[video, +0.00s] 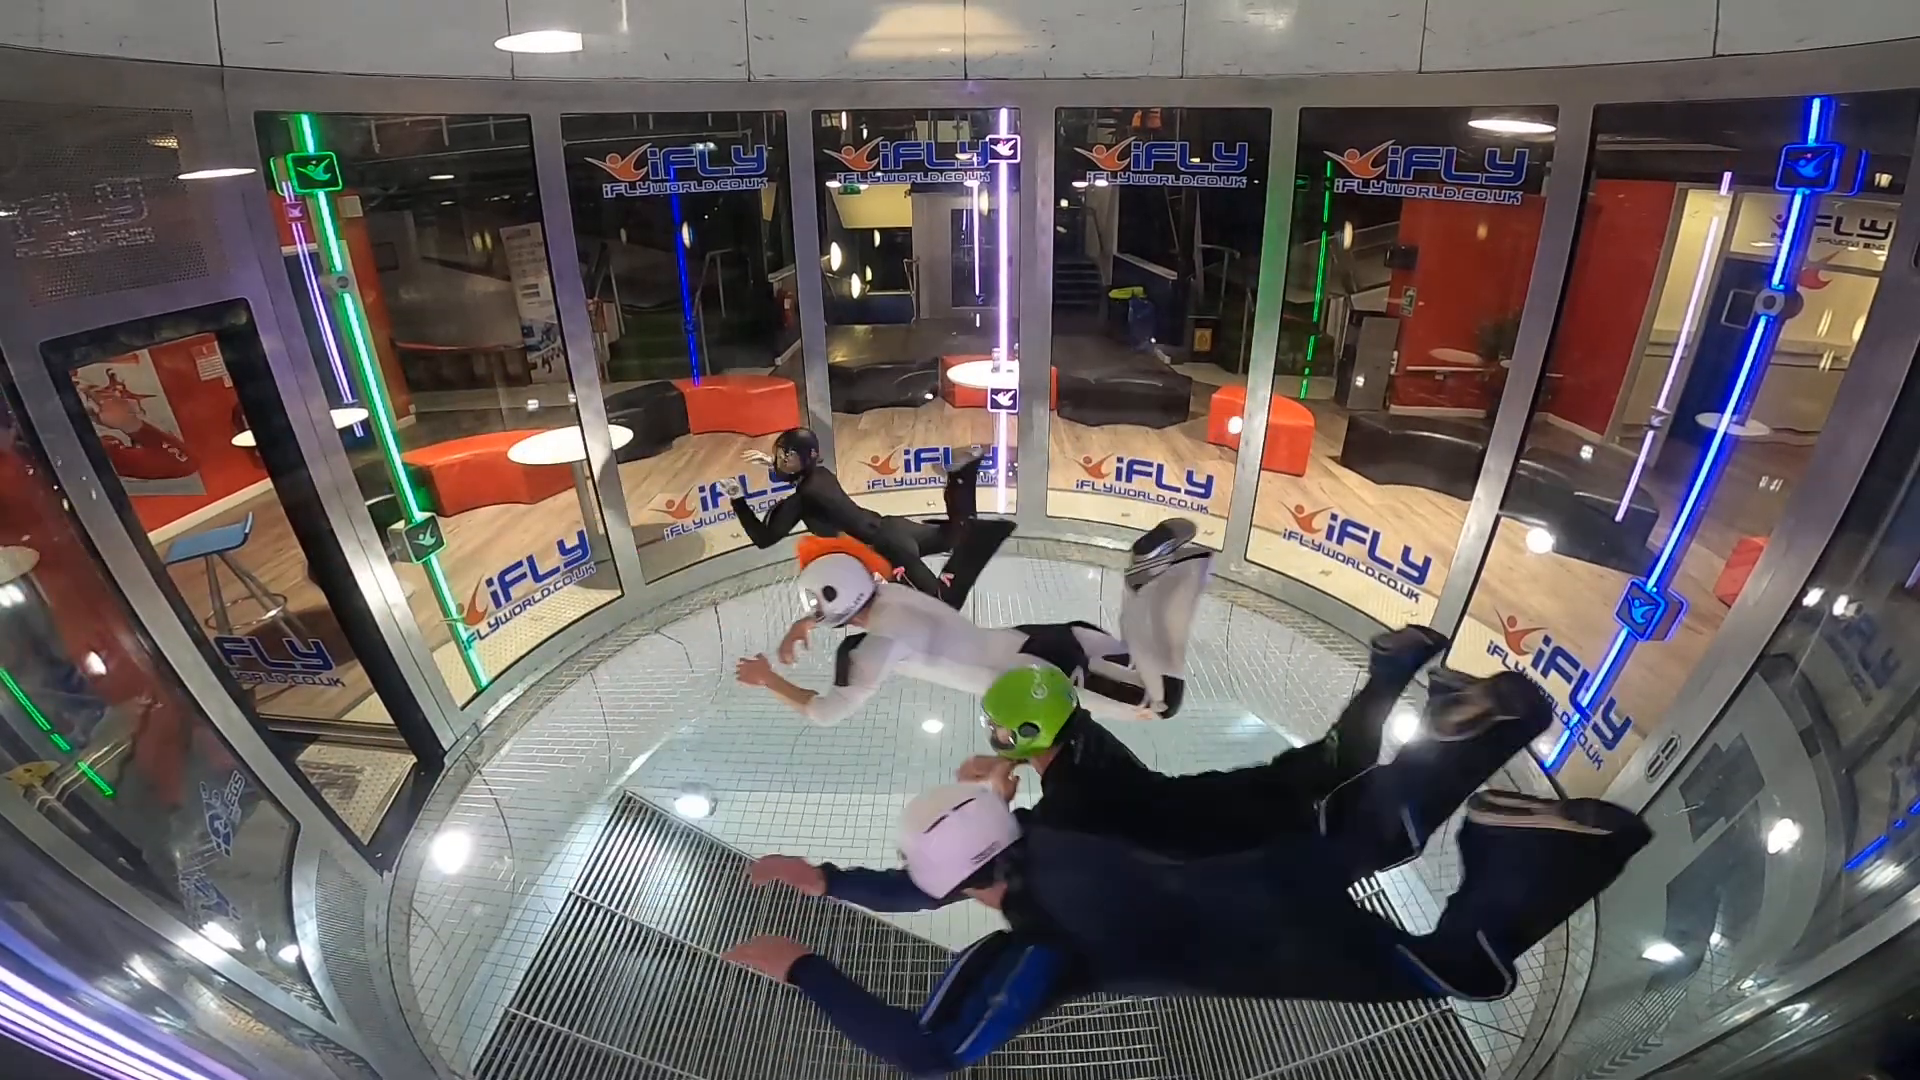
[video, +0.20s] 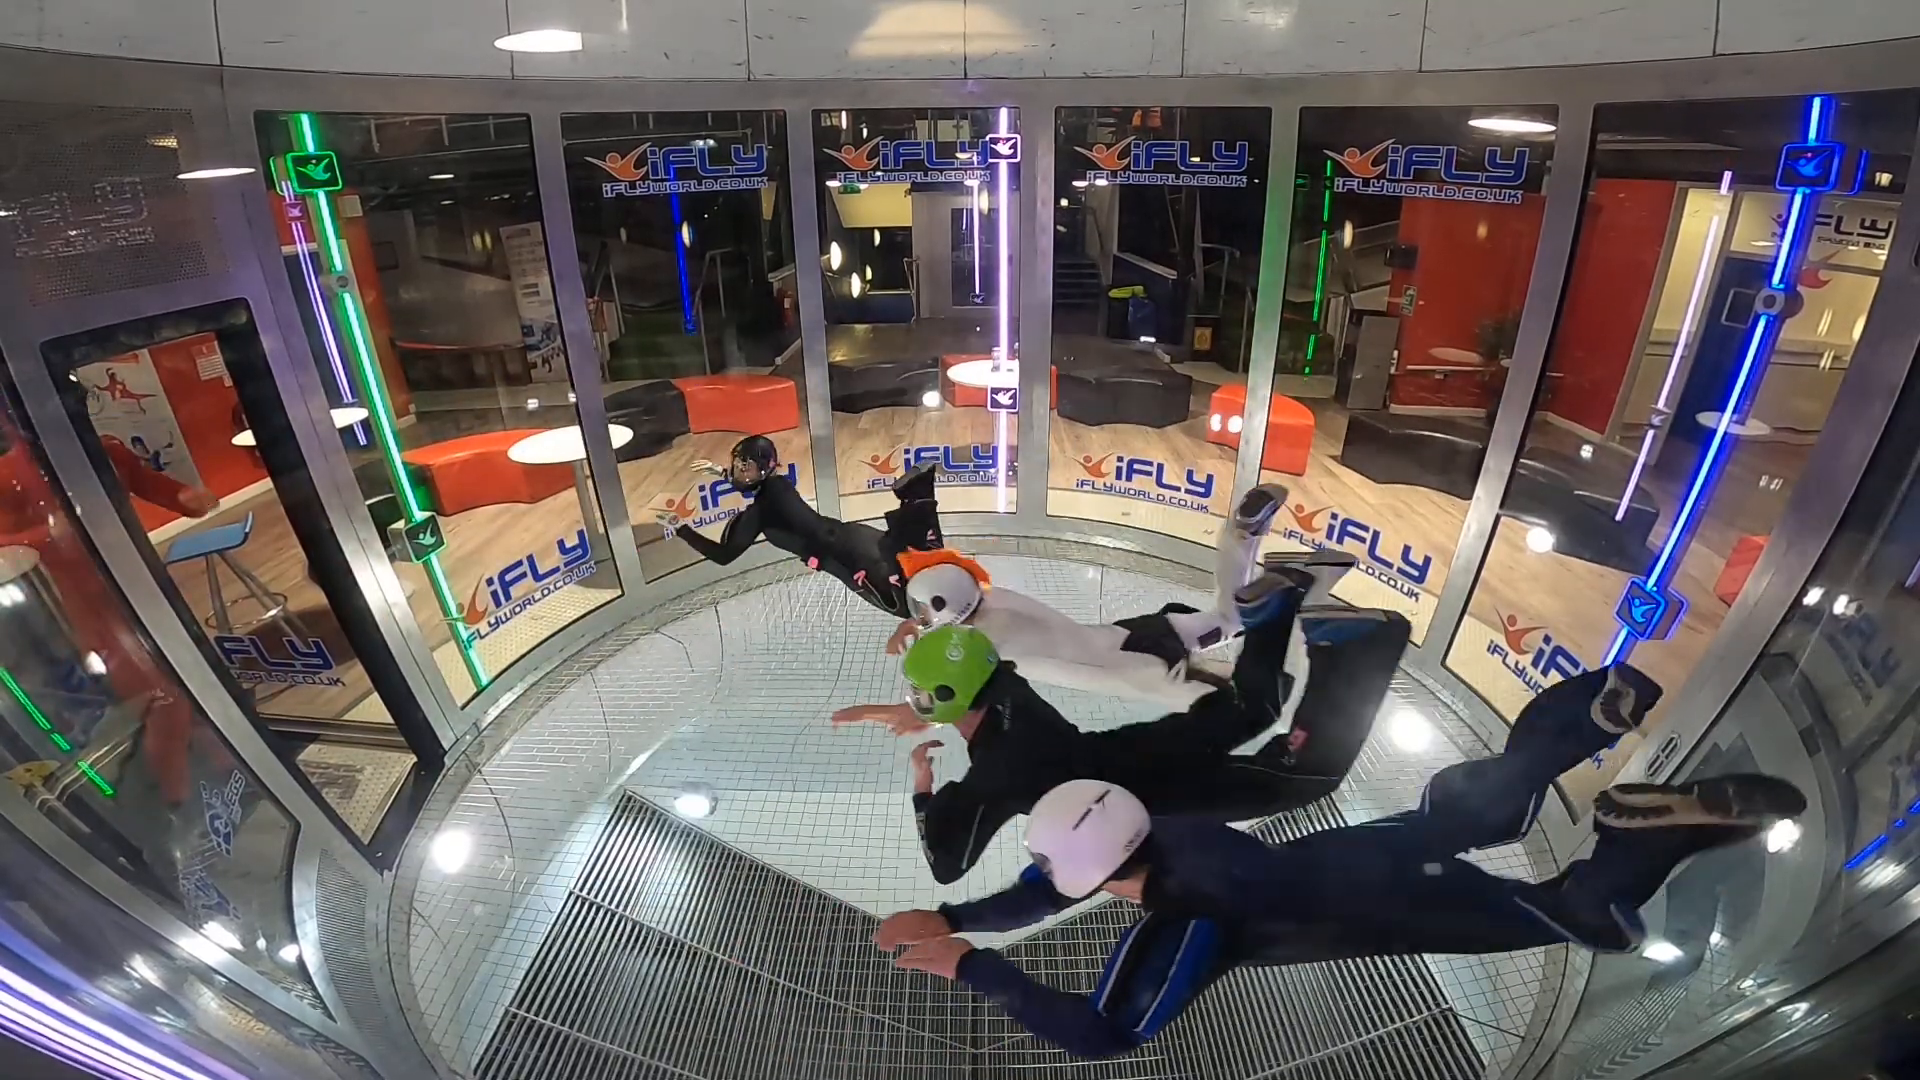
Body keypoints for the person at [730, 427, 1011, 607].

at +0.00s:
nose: (779, 462)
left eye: (786, 456)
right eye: (779, 455)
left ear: (803, 460)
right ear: (803, 456)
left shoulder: (803, 496)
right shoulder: (819, 475)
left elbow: (764, 538)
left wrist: (738, 502)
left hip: (888, 544)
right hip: (892, 524)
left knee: (944, 600)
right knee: (957, 534)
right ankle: (960, 475)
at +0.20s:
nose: (734, 470)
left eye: (741, 465)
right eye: (734, 464)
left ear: (759, 470)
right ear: (754, 468)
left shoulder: (760, 508)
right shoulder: (777, 483)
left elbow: (723, 555)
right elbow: (749, 481)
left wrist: (681, 530)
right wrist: (725, 476)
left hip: (849, 555)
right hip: (856, 535)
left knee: (916, 605)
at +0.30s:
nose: (716, 476)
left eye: (723, 471)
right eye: (716, 470)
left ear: (744, 474)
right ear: (734, 474)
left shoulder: (746, 507)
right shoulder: (755, 493)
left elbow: (704, 563)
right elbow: (729, 491)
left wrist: (656, 542)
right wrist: (705, 483)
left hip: (829, 556)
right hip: (836, 544)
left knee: (889, 611)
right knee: (905, 581)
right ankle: (909, 505)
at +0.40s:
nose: (697, 485)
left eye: (704, 478)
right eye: (696, 477)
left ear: (723, 481)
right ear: (724, 480)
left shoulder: (726, 517)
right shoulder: (741, 499)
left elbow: (685, 569)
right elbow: (716, 519)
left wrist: (637, 552)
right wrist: (690, 502)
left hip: (816, 568)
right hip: (823, 549)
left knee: (888, 595)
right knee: (889, 572)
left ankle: (895, 522)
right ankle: (898, 520)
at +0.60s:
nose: (672, 498)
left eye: (678, 491)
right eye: (671, 490)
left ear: (697, 492)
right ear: (702, 490)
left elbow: (662, 583)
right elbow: (693, 523)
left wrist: (614, 570)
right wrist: (666, 521)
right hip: (802, 569)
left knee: (876, 611)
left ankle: (882, 550)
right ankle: (881, 548)